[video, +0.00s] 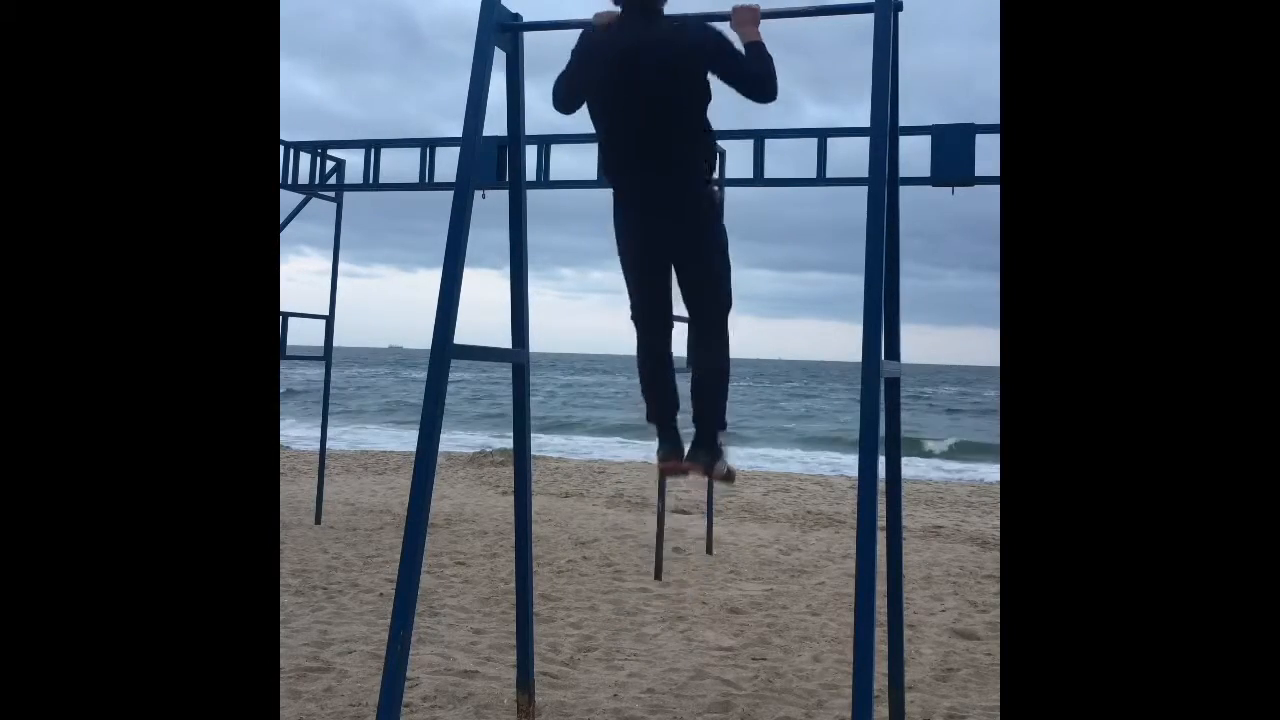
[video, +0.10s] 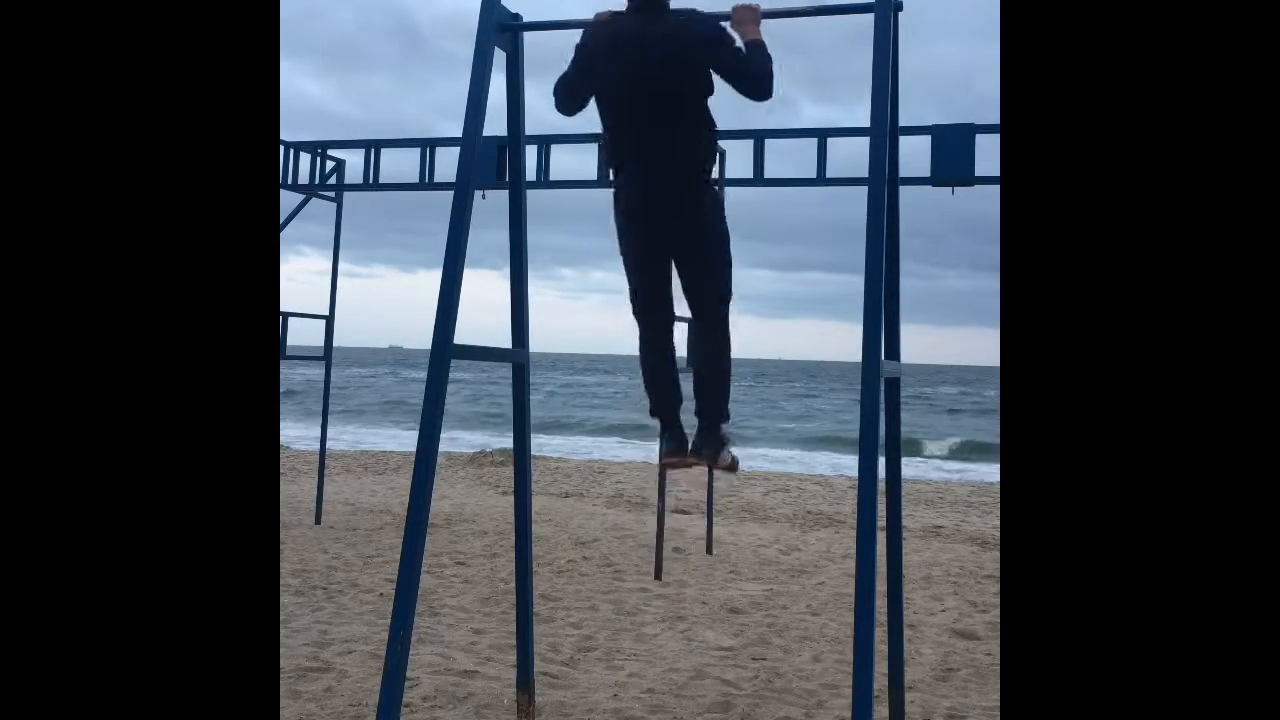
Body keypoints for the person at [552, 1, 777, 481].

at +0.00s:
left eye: (618, 4)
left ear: (618, 3)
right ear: (664, 1)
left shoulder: (599, 41)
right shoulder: (693, 34)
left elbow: (564, 99)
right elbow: (762, 88)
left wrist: (594, 33)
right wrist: (750, 36)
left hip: (634, 206)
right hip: (693, 203)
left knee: (651, 324)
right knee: (710, 321)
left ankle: (668, 445)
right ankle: (706, 448)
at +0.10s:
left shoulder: (602, 37)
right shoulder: (697, 29)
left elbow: (567, 100)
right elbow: (758, 86)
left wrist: (596, 34)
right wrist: (752, 35)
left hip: (636, 202)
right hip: (695, 198)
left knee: (652, 319)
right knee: (711, 315)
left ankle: (671, 435)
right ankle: (711, 436)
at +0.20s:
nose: (619, 15)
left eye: (616, 10)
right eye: (667, 9)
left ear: (620, 11)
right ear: (668, 9)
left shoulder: (602, 53)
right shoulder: (696, 46)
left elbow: (566, 103)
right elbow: (765, 95)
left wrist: (597, 38)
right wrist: (752, 38)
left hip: (638, 222)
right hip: (697, 219)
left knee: (652, 344)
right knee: (709, 340)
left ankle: (671, 461)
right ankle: (707, 462)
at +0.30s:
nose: (657, 45)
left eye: (638, 34)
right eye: (661, 35)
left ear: (622, 46)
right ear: (668, 44)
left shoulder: (603, 94)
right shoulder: (697, 86)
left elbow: (571, 104)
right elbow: (770, 101)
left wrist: (597, 43)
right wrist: (754, 41)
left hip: (639, 261)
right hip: (698, 259)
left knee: (650, 381)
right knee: (707, 381)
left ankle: (662, 503)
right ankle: (700, 504)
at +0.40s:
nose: (663, 82)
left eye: (649, 75)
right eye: (665, 75)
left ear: (624, 89)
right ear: (671, 83)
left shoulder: (609, 132)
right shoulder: (703, 123)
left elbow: (582, 104)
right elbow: (767, 105)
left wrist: (599, 44)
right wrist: (751, 41)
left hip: (643, 298)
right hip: (701, 296)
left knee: (648, 424)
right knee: (703, 425)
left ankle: (652, 551)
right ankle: (688, 555)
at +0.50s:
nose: (677, 114)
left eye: (663, 108)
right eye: (677, 108)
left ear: (627, 119)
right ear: (676, 114)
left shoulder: (614, 157)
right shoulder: (704, 149)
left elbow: (589, 109)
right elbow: (762, 109)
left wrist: (599, 46)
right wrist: (751, 45)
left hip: (645, 324)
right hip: (702, 324)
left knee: (643, 454)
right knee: (699, 460)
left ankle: (639, 578)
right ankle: (678, 587)